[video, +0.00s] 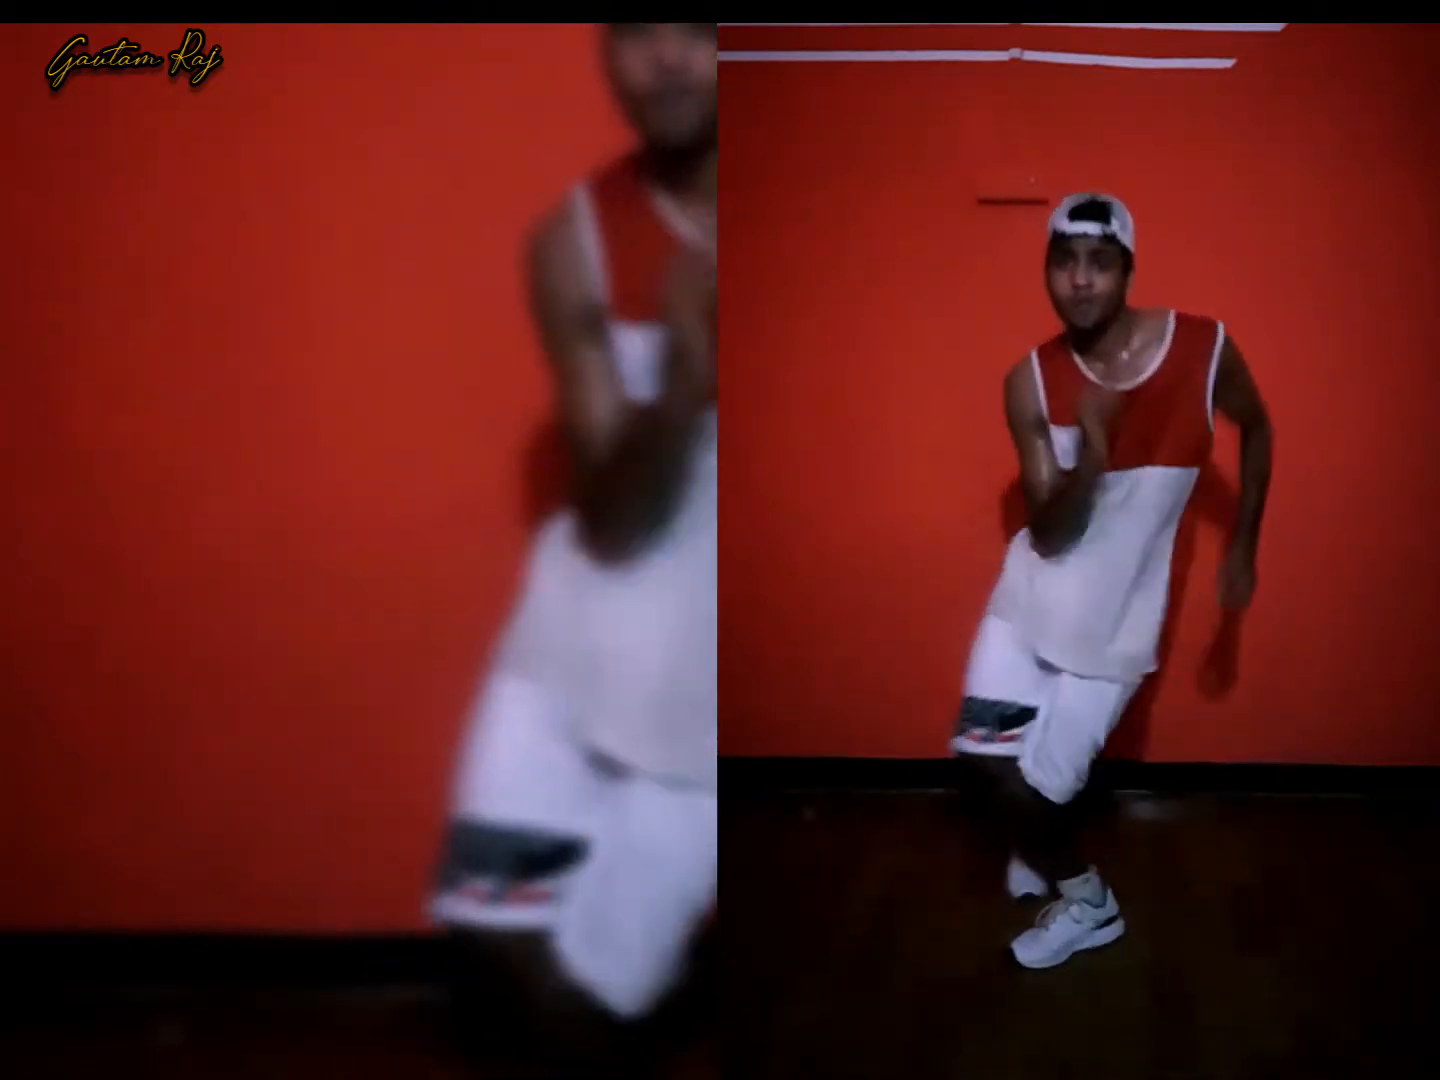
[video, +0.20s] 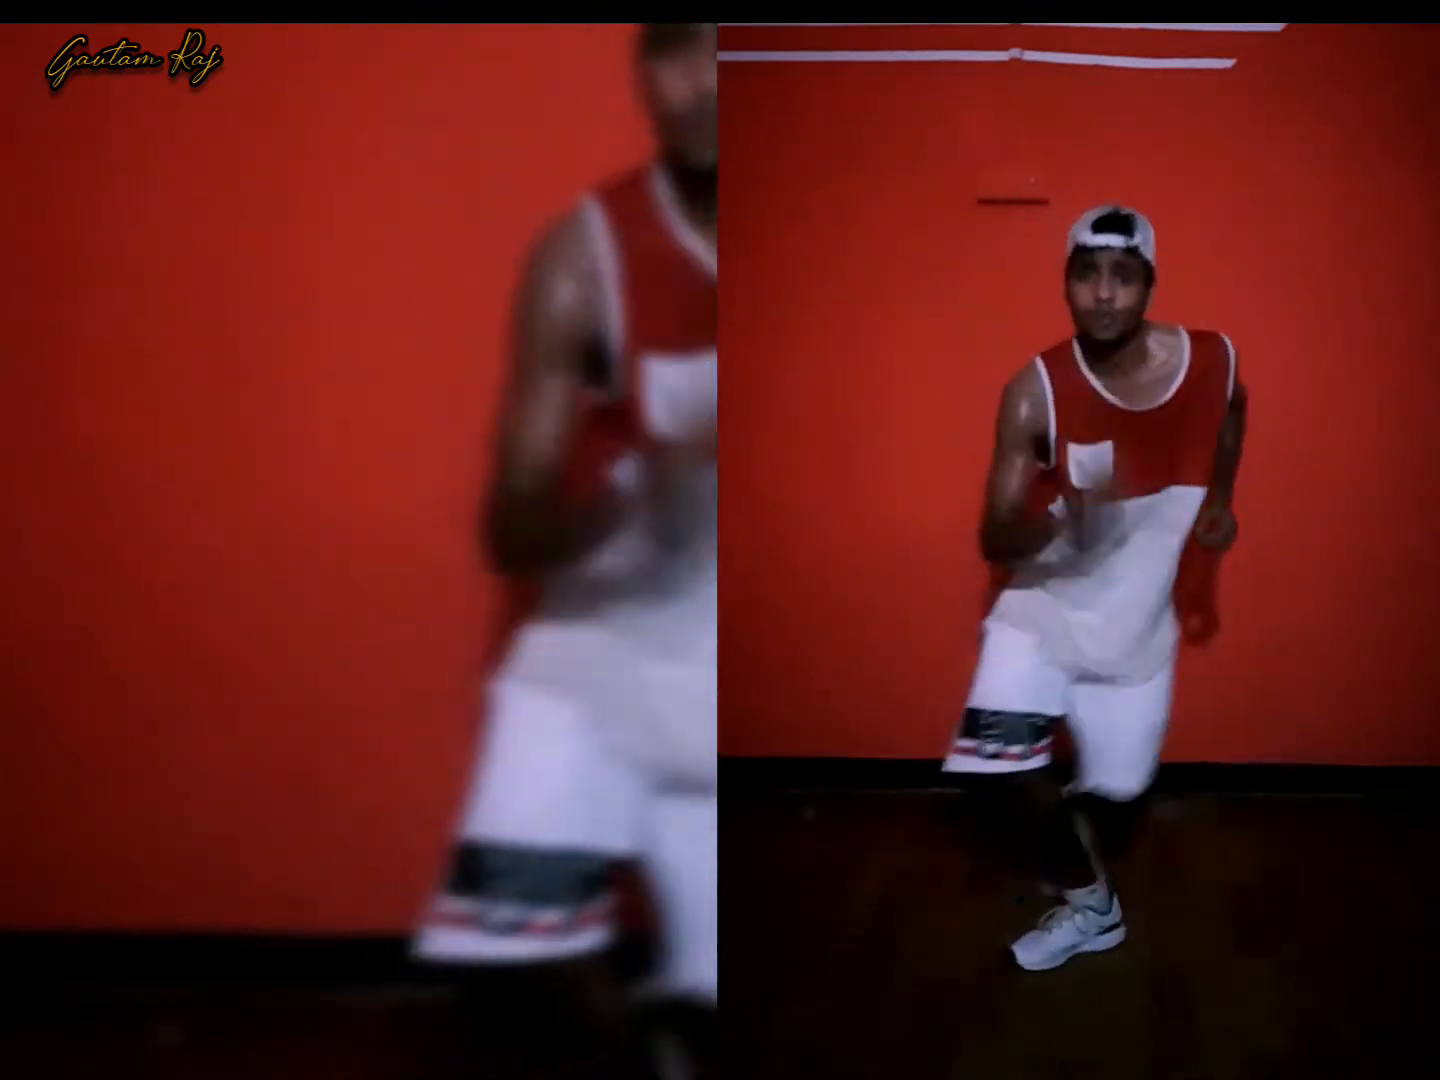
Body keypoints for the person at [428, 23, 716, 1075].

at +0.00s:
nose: (659, 62)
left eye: (682, 33)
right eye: (632, 37)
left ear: (732, 48)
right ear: (607, 61)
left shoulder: (818, 204)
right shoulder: (585, 236)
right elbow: (611, 514)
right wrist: (688, 373)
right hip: (608, 655)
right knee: (496, 917)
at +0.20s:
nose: (713, 82)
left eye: (734, 51)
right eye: (684, 51)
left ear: (773, 74)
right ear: (647, 78)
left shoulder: (830, 235)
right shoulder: (593, 251)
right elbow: (515, 531)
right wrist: (610, 474)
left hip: (748, 693)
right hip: (592, 674)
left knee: (729, 1015)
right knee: (500, 983)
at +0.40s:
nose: (737, 50)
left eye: (753, 34)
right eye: (717, 33)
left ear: (797, 50)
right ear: (679, 43)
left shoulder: (849, 177)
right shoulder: (591, 199)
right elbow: (483, 344)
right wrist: (547, 540)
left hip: (836, 583)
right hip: (694, 593)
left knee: (862, 886)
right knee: (695, 898)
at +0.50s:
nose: (732, 60)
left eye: (748, 40)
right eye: (713, 39)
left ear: (793, 59)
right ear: (678, 52)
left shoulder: (845, 190)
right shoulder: (589, 207)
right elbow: (495, 318)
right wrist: (553, 505)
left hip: (835, 590)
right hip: (696, 600)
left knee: (862, 877)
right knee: (703, 895)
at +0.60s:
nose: (725, 61)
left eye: (736, 38)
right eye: (707, 37)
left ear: (787, 60)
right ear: (670, 57)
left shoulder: (850, 192)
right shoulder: (604, 222)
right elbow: (535, 388)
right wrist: (614, 518)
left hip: (835, 575)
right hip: (686, 578)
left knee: (847, 883)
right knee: (680, 911)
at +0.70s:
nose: (719, 82)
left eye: (732, 51)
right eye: (697, 52)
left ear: (778, 72)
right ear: (663, 75)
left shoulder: (850, 208)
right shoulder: (630, 239)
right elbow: (582, 503)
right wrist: (552, 431)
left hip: (831, 590)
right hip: (686, 584)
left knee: (837, 902)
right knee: (649, 915)